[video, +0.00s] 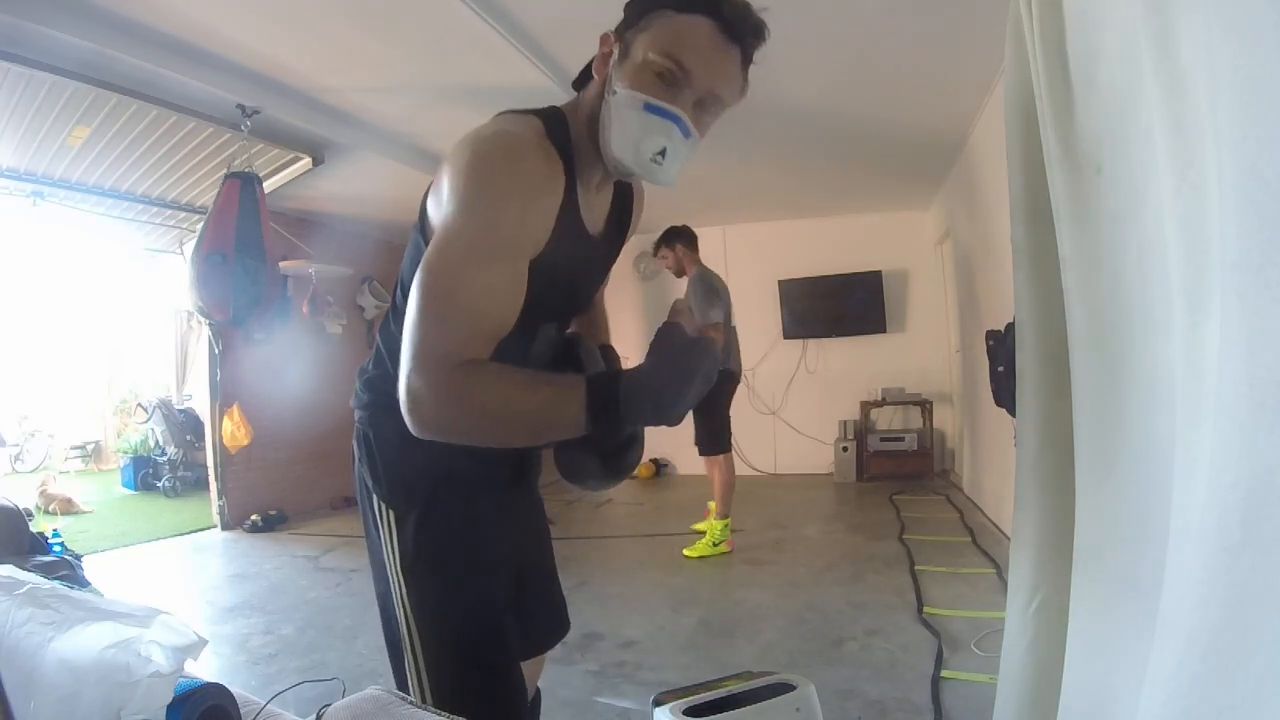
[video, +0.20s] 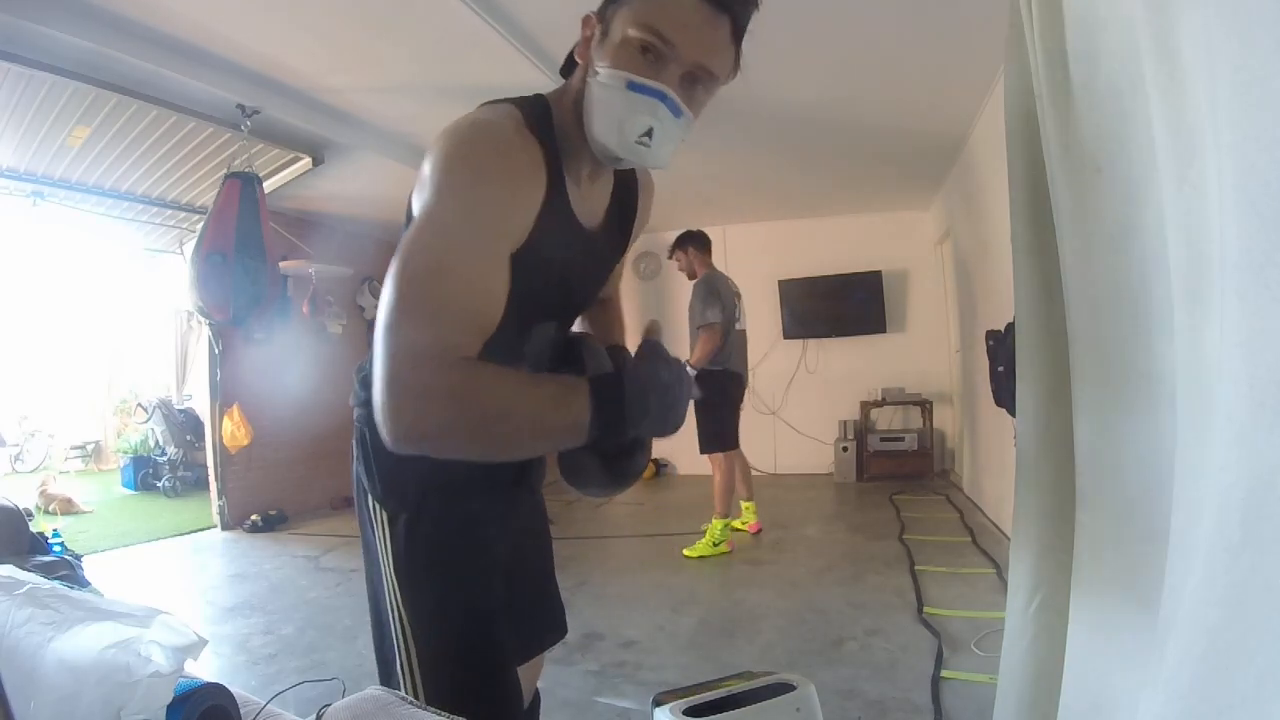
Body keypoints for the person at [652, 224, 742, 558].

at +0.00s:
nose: (664, 266)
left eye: (665, 258)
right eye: (662, 260)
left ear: (679, 250)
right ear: (683, 251)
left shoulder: (705, 282)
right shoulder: (701, 281)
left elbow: (714, 338)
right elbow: (704, 334)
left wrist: (695, 373)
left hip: (719, 373)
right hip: (714, 372)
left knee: (717, 452)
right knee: (712, 450)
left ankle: (721, 533)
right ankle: (717, 517)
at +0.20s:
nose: (678, 267)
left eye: (678, 259)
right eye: (676, 260)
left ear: (690, 253)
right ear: (702, 253)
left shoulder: (707, 285)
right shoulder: (727, 284)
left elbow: (712, 336)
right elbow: (728, 335)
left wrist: (687, 371)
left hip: (715, 375)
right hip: (731, 375)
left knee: (718, 454)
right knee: (730, 448)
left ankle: (719, 533)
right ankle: (748, 513)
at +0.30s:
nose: (684, 270)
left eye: (685, 262)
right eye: (683, 264)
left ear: (696, 255)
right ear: (708, 256)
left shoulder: (708, 286)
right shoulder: (734, 286)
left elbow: (710, 336)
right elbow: (749, 342)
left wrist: (686, 371)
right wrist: (746, 379)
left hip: (718, 378)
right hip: (738, 378)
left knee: (719, 456)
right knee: (738, 449)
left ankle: (718, 533)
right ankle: (750, 515)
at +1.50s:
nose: (665, 279)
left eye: (666, 273)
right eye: (666, 273)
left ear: (673, 272)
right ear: (683, 269)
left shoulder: (671, 300)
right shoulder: (705, 297)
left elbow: (668, 344)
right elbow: (721, 339)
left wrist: (661, 376)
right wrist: (723, 374)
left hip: (684, 375)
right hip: (708, 375)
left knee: (683, 442)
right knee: (701, 439)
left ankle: (687, 508)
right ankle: (729, 489)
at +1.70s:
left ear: (653, 279)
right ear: (670, 273)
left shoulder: (656, 302)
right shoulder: (694, 297)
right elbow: (711, 337)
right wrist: (716, 369)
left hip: (675, 374)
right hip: (697, 374)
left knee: (678, 438)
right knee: (682, 437)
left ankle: (687, 507)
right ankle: (693, 498)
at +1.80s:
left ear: (658, 279)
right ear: (676, 275)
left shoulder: (660, 303)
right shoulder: (691, 300)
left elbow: (662, 346)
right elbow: (706, 341)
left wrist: (654, 375)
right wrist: (710, 372)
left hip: (673, 376)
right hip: (693, 376)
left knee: (677, 440)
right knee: (675, 436)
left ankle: (687, 507)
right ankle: (677, 491)